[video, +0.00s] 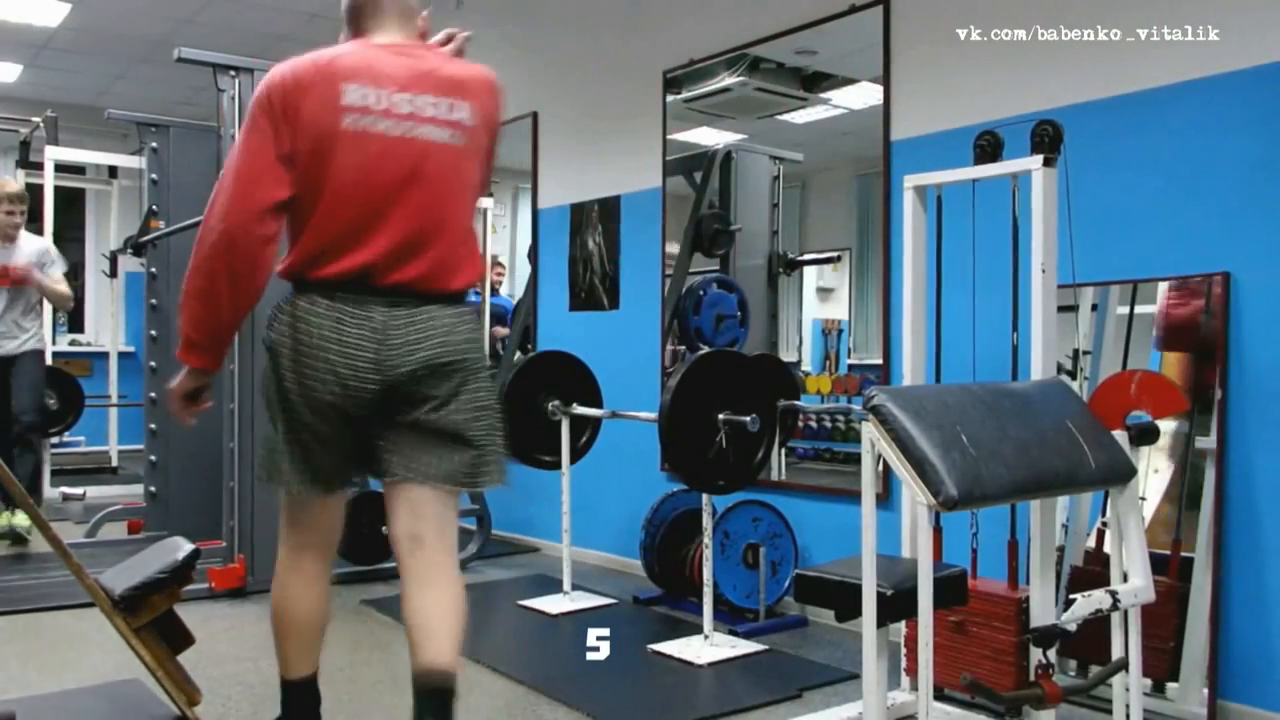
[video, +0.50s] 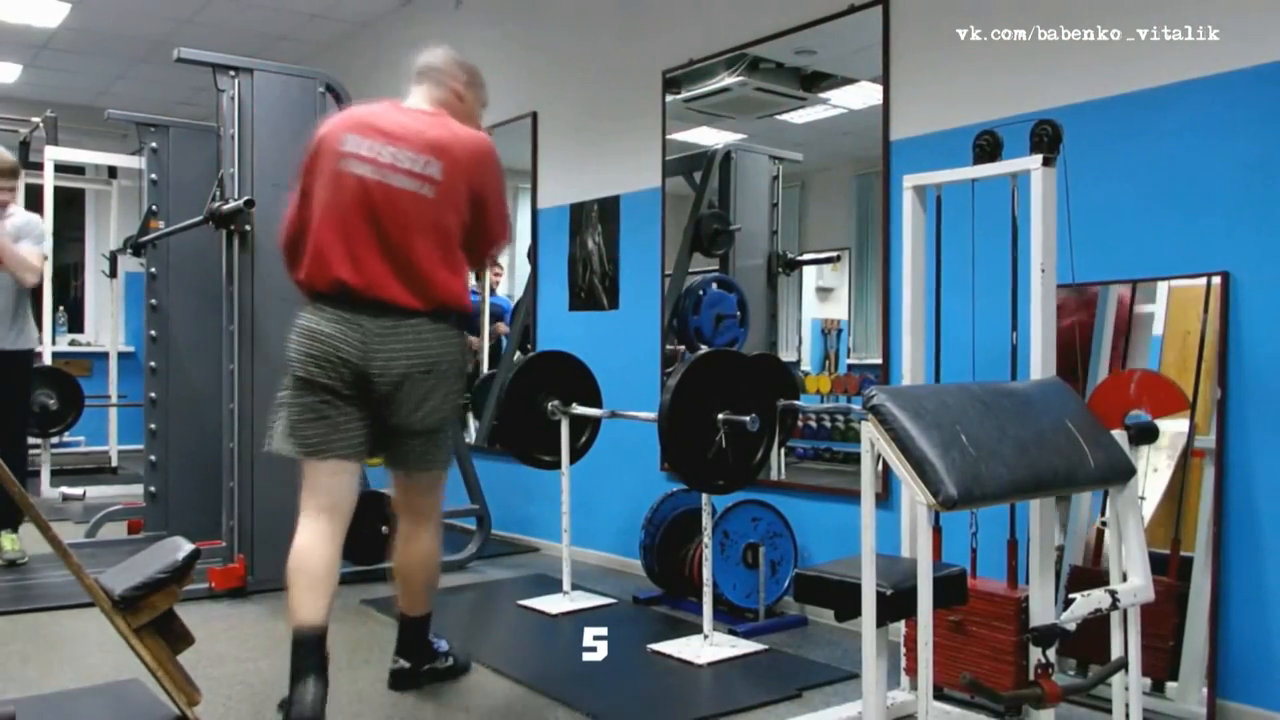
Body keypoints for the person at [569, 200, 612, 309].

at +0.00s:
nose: (593, 215)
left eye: (595, 212)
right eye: (591, 212)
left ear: (598, 213)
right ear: (586, 214)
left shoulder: (598, 228)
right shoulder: (582, 233)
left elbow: (602, 247)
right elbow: (579, 258)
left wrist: (606, 267)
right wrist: (580, 283)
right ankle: (606, 307)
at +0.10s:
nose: (594, 215)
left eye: (595, 212)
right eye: (591, 212)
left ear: (598, 213)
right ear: (586, 214)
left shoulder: (598, 228)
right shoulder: (582, 235)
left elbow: (602, 248)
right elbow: (579, 259)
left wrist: (606, 268)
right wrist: (580, 283)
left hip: (600, 272)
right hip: (590, 274)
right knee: (605, 303)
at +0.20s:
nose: (594, 215)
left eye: (595, 212)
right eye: (591, 212)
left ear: (598, 214)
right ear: (587, 214)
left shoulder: (598, 229)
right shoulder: (582, 236)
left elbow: (602, 249)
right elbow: (579, 259)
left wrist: (606, 268)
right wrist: (580, 283)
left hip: (601, 273)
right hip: (591, 274)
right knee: (605, 304)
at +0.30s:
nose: (594, 215)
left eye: (595, 212)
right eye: (591, 212)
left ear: (598, 213)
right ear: (586, 214)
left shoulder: (598, 228)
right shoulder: (582, 235)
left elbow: (602, 248)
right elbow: (579, 259)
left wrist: (606, 268)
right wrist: (580, 283)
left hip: (600, 272)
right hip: (590, 273)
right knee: (604, 303)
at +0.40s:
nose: (594, 215)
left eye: (595, 212)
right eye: (591, 212)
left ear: (598, 213)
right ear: (587, 214)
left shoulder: (598, 228)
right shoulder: (582, 235)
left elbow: (602, 248)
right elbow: (579, 259)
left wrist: (606, 268)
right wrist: (580, 282)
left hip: (600, 272)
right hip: (591, 273)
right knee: (604, 304)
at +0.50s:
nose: (593, 215)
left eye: (595, 212)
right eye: (591, 212)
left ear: (598, 213)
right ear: (587, 214)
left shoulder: (598, 228)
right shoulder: (582, 235)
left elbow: (602, 248)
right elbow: (579, 259)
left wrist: (606, 268)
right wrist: (580, 283)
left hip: (600, 273)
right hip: (591, 274)